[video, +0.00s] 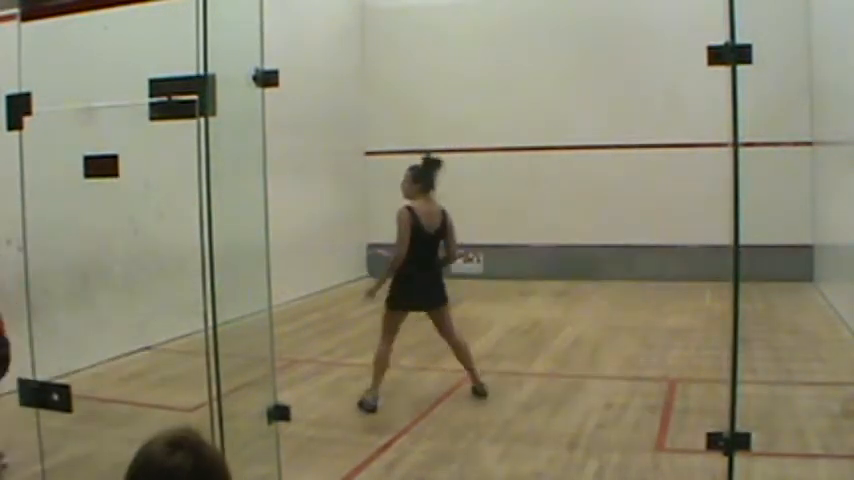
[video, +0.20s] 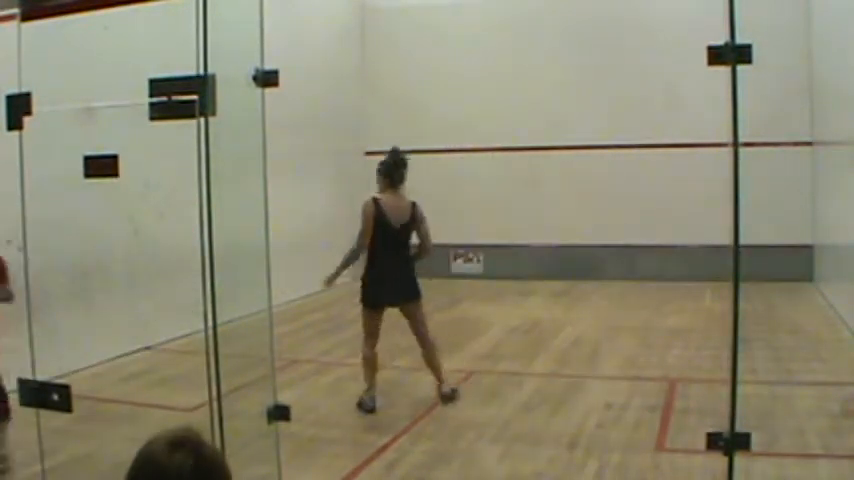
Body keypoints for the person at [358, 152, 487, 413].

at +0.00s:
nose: (402, 186)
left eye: (405, 182)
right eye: (403, 181)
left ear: (416, 185)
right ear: (427, 186)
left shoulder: (407, 213)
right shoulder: (442, 213)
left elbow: (400, 254)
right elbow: (451, 255)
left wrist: (378, 284)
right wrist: (432, 264)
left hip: (405, 283)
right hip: (432, 283)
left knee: (387, 339)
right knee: (451, 335)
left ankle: (372, 394)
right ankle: (478, 383)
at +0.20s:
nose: (377, 181)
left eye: (378, 177)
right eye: (379, 177)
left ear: (382, 178)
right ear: (402, 179)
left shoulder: (372, 206)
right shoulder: (413, 208)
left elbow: (362, 246)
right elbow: (426, 247)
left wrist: (336, 273)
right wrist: (406, 259)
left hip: (375, 281)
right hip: (404, 279)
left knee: (370, 343)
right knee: (424, 336)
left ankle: (370, 395)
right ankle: (443, 386)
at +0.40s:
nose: (374, 181)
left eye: (367, 176)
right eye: (378, 176)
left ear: (362, 179)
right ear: (384, 178)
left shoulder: (353, 207)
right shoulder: (398, 207)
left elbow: (337, 246)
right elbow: (412, 247)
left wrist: (313, 274)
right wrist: (393, 256)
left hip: (361, 282)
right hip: (392, 281)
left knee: (345, 335)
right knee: (406, 337)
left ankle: (335, 390)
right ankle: (421, 394)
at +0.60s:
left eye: (334, 190)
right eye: (347, 189)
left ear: (331, 193)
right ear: (354, 191)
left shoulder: (322, 223)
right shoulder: (366, 224)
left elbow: (308, 263)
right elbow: (381, 263)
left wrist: (295, 290)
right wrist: (363, 274)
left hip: (328, 298)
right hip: (358, 296)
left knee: (309, 349)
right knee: (388, 350)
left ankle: (302, 403)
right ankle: (418, 399)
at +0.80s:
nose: (285, 174)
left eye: (284, 170)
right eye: (291, 170)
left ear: (283, 173)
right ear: (306, 171)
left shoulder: (282, 200)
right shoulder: (318, 203)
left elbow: (277, 238)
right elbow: (329, 246)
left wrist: (260, 262)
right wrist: (306, 252)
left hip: (287, 274)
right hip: (313, 274)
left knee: (271, 336)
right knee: (307, 336)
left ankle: (278, 399)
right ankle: (318, 398)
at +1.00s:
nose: (241, 195)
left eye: (242, 190)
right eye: (244, 189)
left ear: (243, 193)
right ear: (263, 191)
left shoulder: (248, 224)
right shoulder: (272, 223)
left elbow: (248, 263)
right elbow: (268, 261)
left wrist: (221, 275)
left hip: (253, 297)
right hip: (271, 294)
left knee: (233, 352)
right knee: (254, 349)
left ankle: (230, 417)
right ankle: (268, 399)